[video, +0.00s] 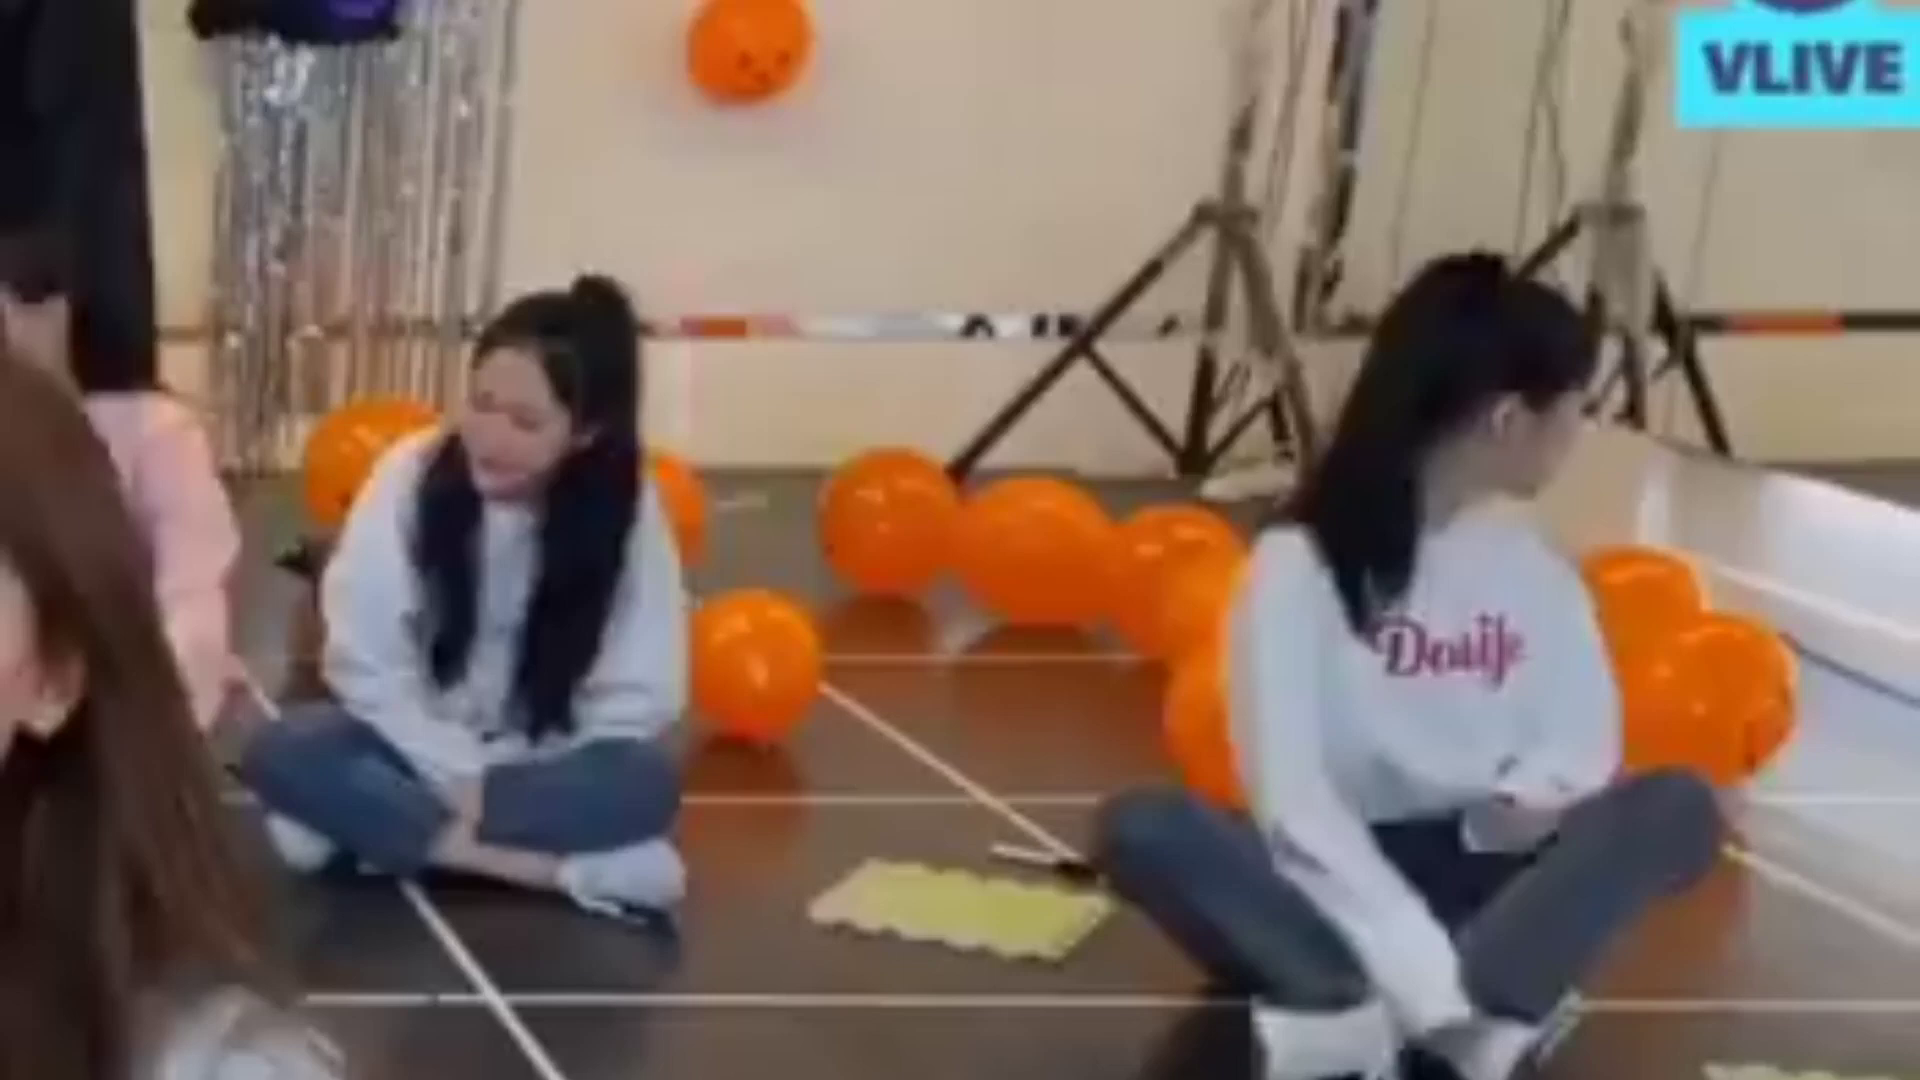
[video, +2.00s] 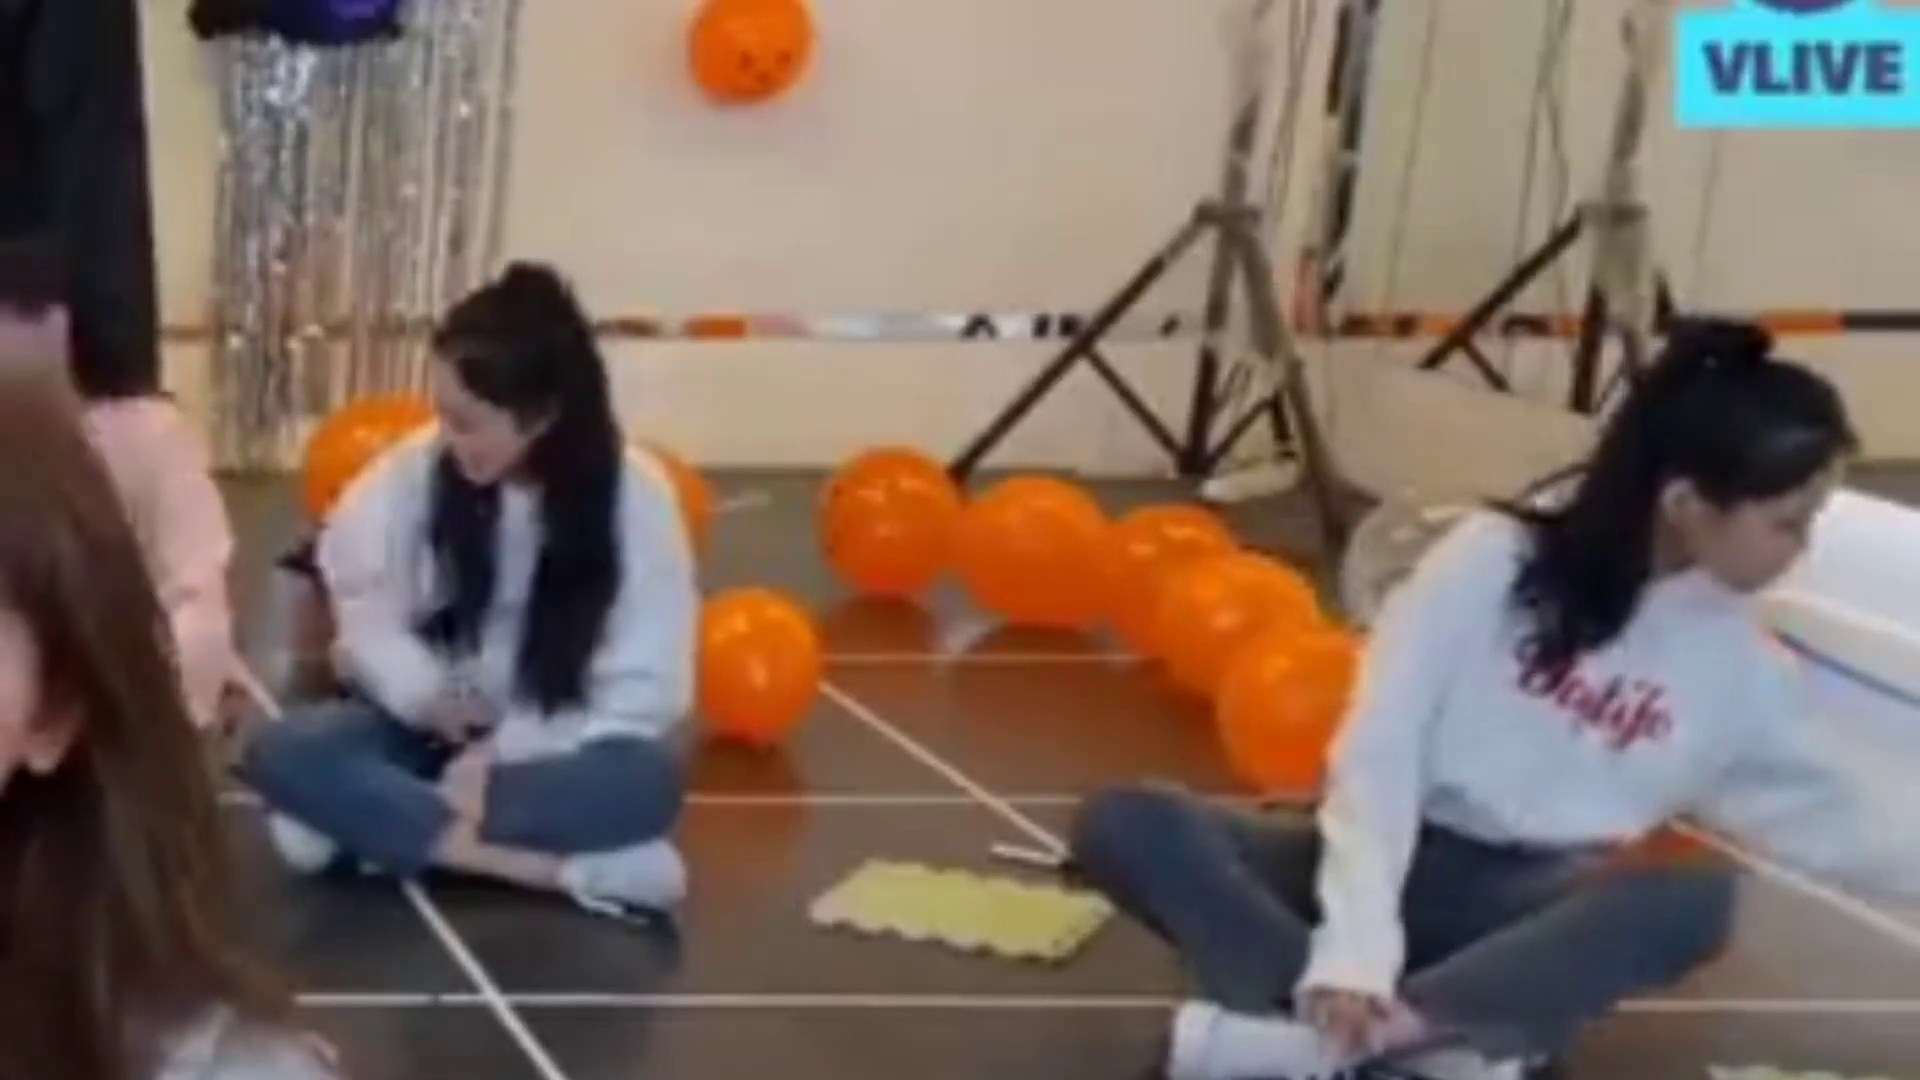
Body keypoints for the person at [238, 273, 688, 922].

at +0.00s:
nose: (490, 437)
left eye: (525, 422)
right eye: (482, 406)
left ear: (584, 433)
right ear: (463, 395)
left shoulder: (626, 506)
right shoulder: (408, 477)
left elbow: (645, 694)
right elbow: (357, 658)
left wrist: (505, 776)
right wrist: (454, 772)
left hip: (550, 748)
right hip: (418, 734)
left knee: (646, 783)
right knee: (280, 751)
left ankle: (374, 841)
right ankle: (547, 874)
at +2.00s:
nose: (451, 442)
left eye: (470, 426)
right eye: (444, 419)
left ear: (541, 414)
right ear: (436, 396)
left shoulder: (633, 497)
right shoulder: (409, 476)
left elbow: (650, 693)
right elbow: (356, 604)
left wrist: (503, 751)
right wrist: (430, 700)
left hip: (558, 731)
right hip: (423, 720)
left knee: (642, 785)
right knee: (280, 751)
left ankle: (371, 836)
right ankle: (549, 874)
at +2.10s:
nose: (442, 434)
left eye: (461, 418)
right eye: (437, 410)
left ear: (526, 408)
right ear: (431, 393)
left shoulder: (630, 490)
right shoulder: (394, 480)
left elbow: (642, 693)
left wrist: (488, 766)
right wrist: (368, 664)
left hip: (565, 727)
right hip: (437, 716)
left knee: (641, 786)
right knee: (278, 753)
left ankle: (373, 836)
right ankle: (554, 876)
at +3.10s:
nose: (405, 395)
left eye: (422, 374)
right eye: (404, 370)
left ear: (478, 372)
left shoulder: (607, 473)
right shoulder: (400, 464)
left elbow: (639, 668)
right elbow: (340, 614)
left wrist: (483, 748)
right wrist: (301, 694)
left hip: (549, 725)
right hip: (417, 711)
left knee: (647, 778)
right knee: (279, 750)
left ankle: (366, 833)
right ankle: (553, 876)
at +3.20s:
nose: (415, 402)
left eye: (433, 385)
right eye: (416, 381)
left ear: (497, 377)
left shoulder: (613, 471)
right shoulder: (406, 457)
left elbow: (644, 674)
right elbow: (342, 626)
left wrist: (481, 728)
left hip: (553, 726)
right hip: (421, 709)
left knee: (647, 779)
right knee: (284, 750)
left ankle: (368, 830)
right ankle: (554, 875)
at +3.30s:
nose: (432, 399)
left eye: (451, 378)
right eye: (428, 375)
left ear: (518, 372)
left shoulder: (620, 476)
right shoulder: (413, 454)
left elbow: (640, 675)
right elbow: (345, 599)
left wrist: (454, 694)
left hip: (545, 732)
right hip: (412, 720)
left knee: (645, 778)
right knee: (282, 750)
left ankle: (371, 831)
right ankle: (556, 876)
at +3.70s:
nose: (505, 373)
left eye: (544, 361)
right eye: (503, 340)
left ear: (611, 384)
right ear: (487, 334)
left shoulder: (630, 507)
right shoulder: (438, 443)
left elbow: (642, 701)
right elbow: (335, 524)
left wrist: (482, 642)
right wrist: (318, 574)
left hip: (540, 737)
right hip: (411, 715)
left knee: (648, 787)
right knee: (284, 750)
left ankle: (367, 832)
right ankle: (553, 876)